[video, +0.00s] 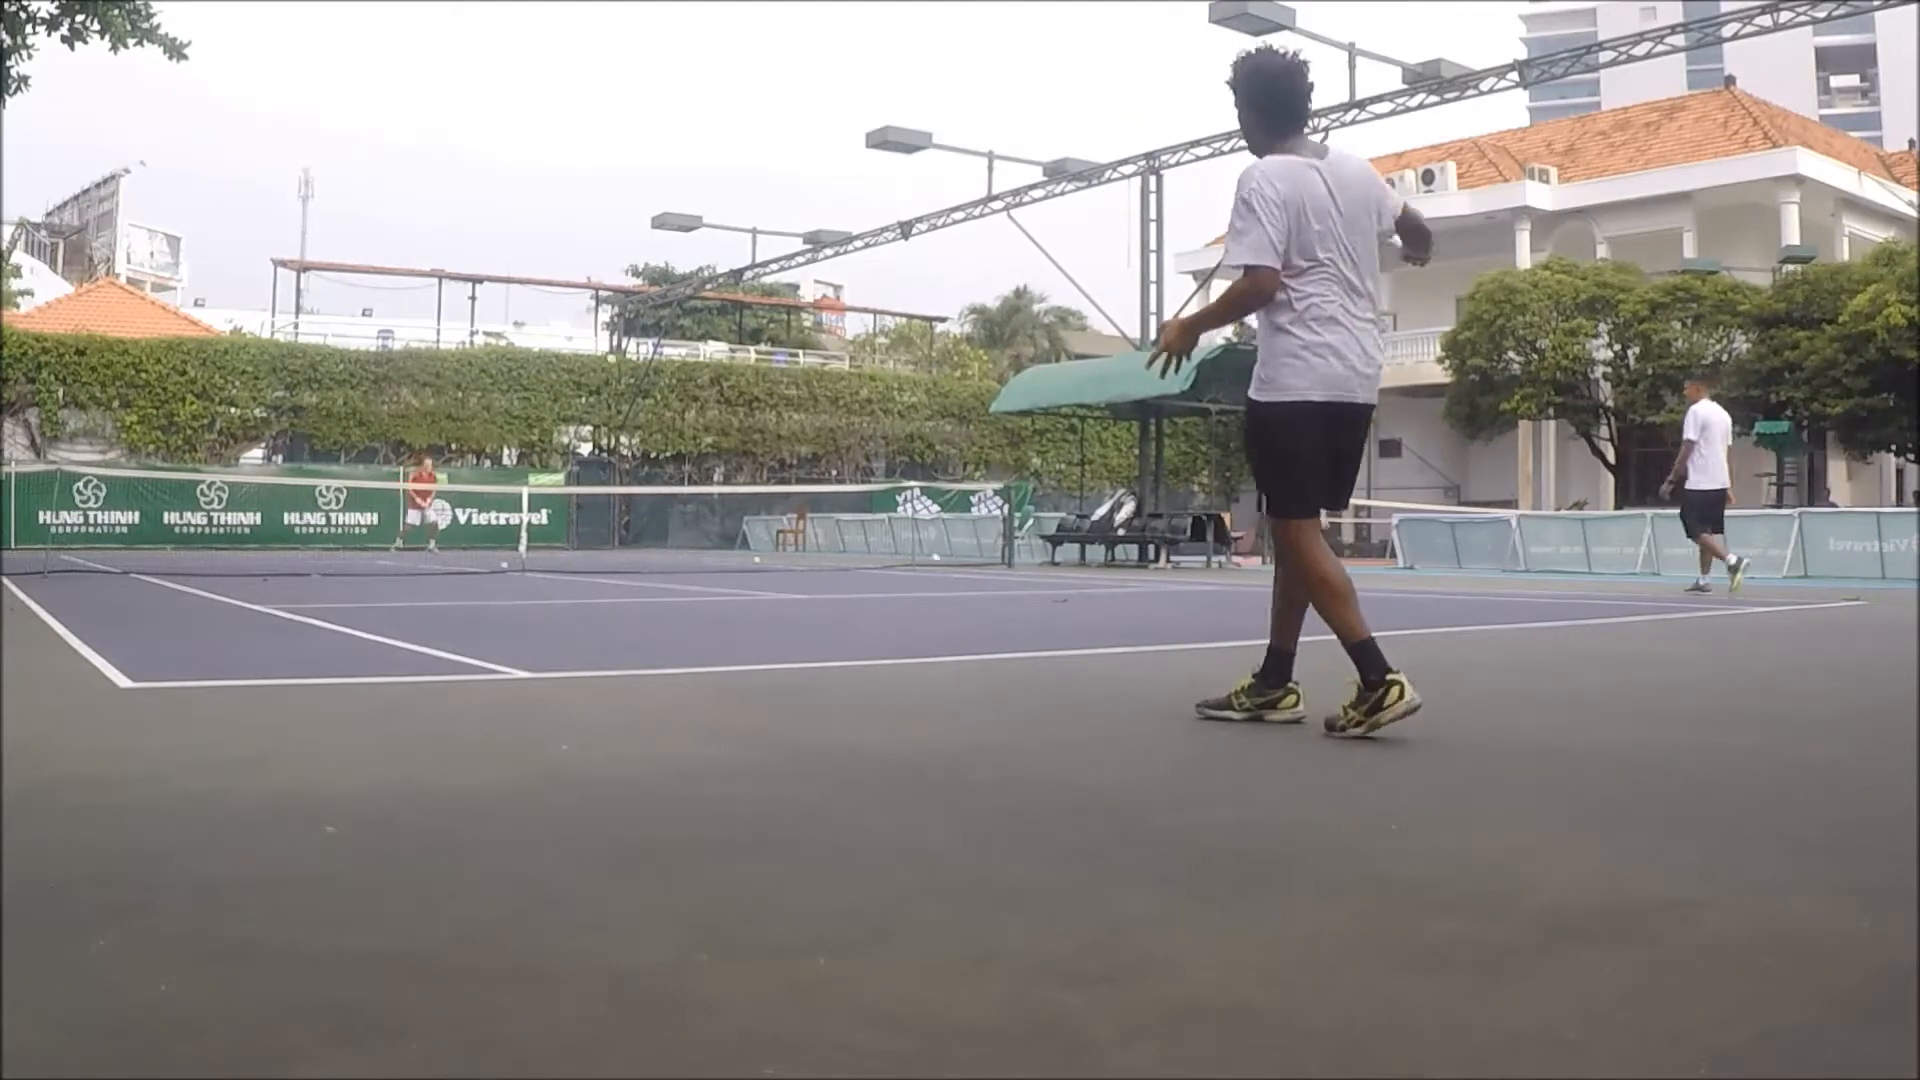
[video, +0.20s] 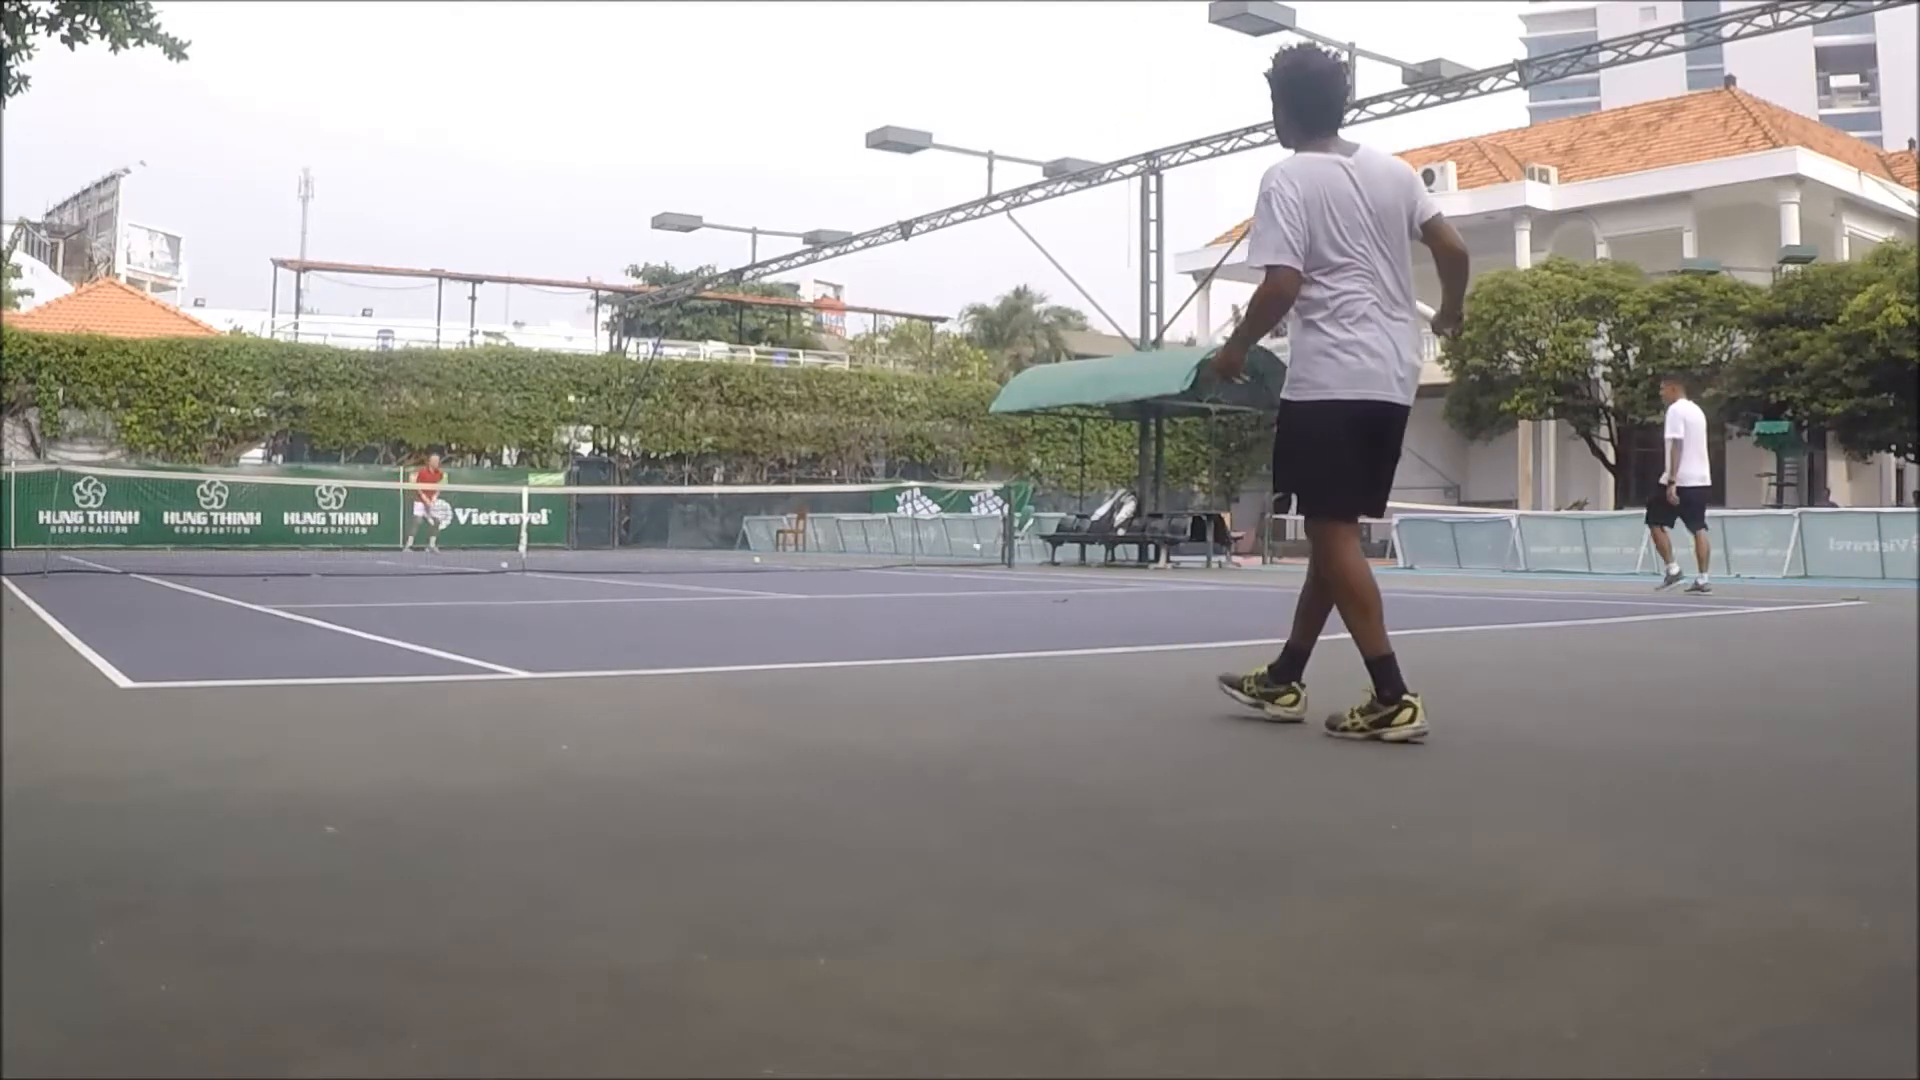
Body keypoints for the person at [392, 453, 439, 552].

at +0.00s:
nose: (428, 466)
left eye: (430, 464)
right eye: (426, 464)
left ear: (432, 465)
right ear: (422, 465)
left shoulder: (433, 476)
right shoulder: (414, 474)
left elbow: (434, 489)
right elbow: (409, 488)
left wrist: (429, 499)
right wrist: (417, 499)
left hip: (426, 504)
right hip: (414, 504)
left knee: (433, 522)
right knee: (410, 524)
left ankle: (432, 544)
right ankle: (398, 542)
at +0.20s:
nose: (436, 463)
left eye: (437, 460)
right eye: (434, 460)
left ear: (439, 462)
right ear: (429, 461)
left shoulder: (439, 474)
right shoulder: (421, 472)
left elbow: (438, 488)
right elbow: (417, 486)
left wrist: (433, 499)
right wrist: (426, 500)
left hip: (432, 500)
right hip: (420, 499)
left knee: (436, 521)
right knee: (417, 519)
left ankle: (432, 544)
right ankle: (409, 543)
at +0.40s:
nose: (440, 465)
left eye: (441, 463)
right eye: (438, 463)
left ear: (442, 465)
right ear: (432, 464)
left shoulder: (442, 477)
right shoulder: (425, 474)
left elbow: (441, 491)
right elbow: (421, 488)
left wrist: (437, 503)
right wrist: (428, 501)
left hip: (435, 502)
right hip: (425, 501)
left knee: (439, 523)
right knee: (429, 519)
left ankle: (431, 545)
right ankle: (416, 540)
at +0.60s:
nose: (441, 465)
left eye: (442, 462)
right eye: (438, 462)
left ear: (442, 463)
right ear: (432, 462)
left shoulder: (437, 474)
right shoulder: (430, 474)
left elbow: (437, 489)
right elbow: (434, 489)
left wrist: (441, 500)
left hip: (433, 500)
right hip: (426, 500)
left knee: (436, 521)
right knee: (431, 521)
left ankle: (431, 544)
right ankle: (420, 545)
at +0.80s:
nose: (441, 463)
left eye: (442, 461)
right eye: (440, 460)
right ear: (434, 460)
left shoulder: (435, 472)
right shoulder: (431, 472)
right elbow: (433, 487)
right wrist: (445, 490)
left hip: (433, 500)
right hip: (428, 500)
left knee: (435, 522)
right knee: (437, 519)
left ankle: (428, 544)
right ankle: (422, 541)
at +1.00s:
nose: (440, 467)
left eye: (441, 464)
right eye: (438, 464)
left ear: (441, 465)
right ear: (433, 464)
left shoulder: (437, 475)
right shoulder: (431, 474)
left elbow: (437, 488)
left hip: (434, 500)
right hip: (427, 501)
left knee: (438, 522)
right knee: (437, 521)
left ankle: (429, 547)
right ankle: (426, 547)